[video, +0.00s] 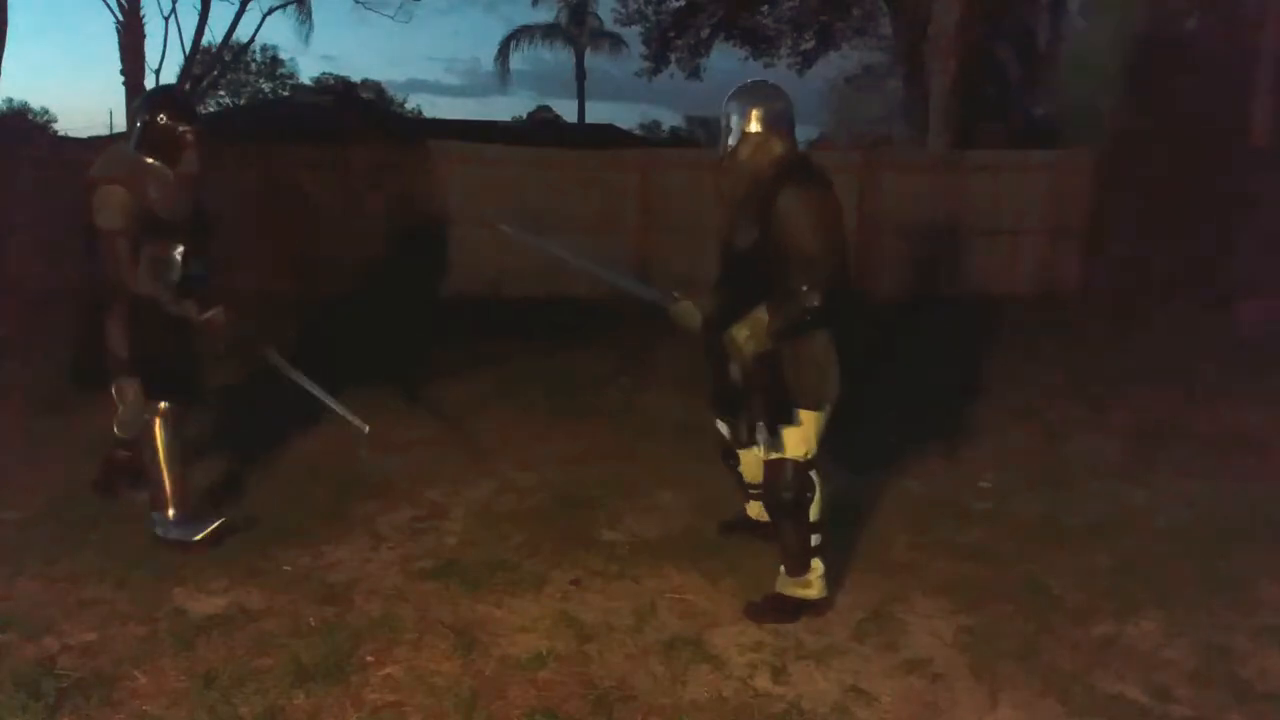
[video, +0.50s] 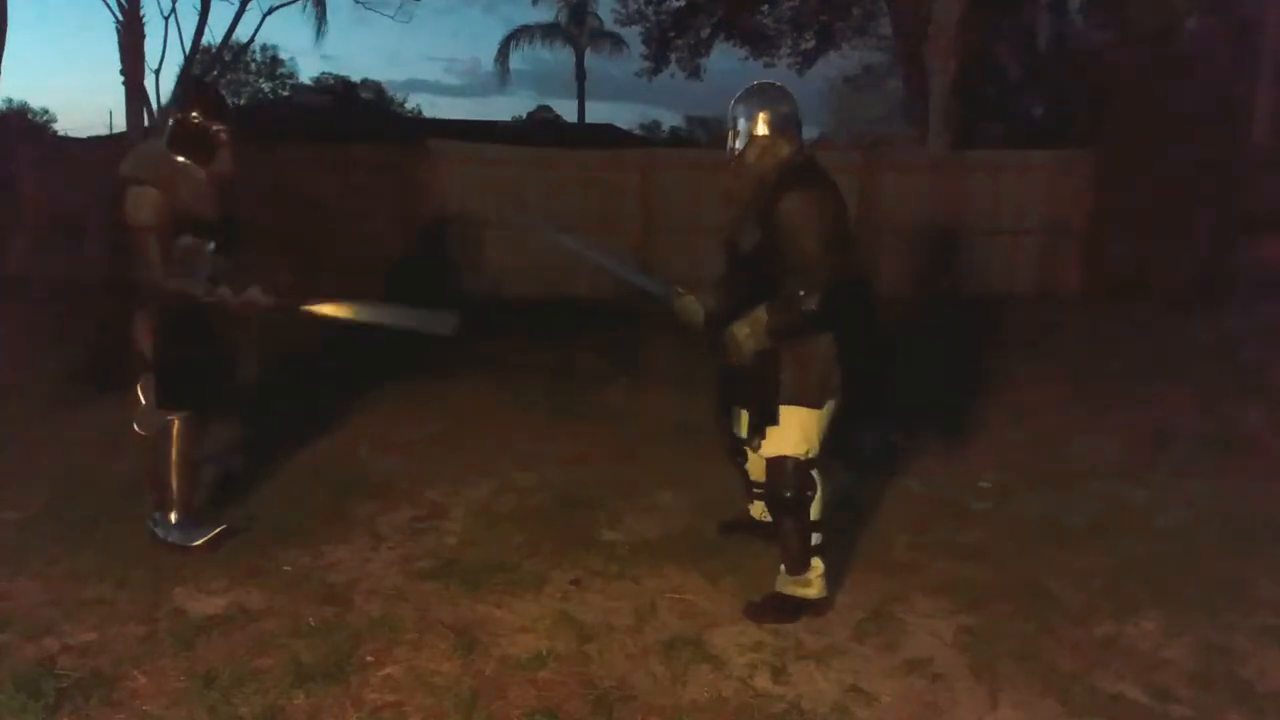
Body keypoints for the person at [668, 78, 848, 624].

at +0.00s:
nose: (731, 143)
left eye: (739, 130)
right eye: (732, 130)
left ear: (765, 128)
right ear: (764, 129)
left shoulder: (799, 187)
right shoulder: (756, 185)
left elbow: (812, 281)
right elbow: (748, 272)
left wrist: (763, 326)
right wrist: (707, 308)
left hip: (801, 343)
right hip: (761, 337)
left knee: (790, 471)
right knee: (737, 422)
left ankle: (803, 584)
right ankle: (763, 509)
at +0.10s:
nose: (731, 146)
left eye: (737, 133)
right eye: (731, 133)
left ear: (764, 128)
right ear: (768, 128)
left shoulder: (801, 190)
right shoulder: (762, 185)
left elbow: (811, 286)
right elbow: (751, 273)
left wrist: (762, 331)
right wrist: (710, 308)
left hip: (804, 343)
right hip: (767, 336)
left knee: (788, 469)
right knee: (750, 429)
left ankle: (803, 584)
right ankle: (763, 511)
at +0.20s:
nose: (730, 143)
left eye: (737, 129)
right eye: (731, 129)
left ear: (764, 125)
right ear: (767, 126)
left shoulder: (802, 188)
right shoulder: (764, 185)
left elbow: (813, 285)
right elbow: (753, 273)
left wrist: (764, 327)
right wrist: (712, 306)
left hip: (808, 345)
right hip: (771, 339)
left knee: (789, 470)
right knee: (753, 431)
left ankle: (803, 585)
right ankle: (766, 510)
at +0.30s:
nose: (732, 143)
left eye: (739, 129)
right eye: (733, 130)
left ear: (766, 127)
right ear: (769, 127)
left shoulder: (802, 189)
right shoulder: (763, 185)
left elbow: (812, 283)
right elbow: (752, 272)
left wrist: (764, 326)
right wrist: (710, 305)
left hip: (806, 344)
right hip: (769, 338)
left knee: (790, 470)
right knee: (755, 428)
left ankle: (803, 584)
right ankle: (765, 511)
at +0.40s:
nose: (732, 146)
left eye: (738, 132)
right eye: (732, 133)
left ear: (764, 128)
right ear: (773, 128)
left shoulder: (803, 191)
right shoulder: (766, 186)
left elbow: (811, 285)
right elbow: (755, 274)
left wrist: (761, 324)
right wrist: (711, 305)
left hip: (806, 345)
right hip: (770, 340)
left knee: (787, 467)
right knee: (750, 429)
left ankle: (803, 584)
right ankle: (764, 511)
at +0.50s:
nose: (735, 145)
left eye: (742, 131)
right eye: (735, 131)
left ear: (769, 128)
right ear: (773, 129)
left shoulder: (803, 192)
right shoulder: (768, 186)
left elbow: (813, 287)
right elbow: (756, 273)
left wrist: (761, 325)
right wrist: (711, 305)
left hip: (809, 346)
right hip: (773, 340)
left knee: (788, 465)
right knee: (752, 425)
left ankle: (803, 584)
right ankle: (764, 511)